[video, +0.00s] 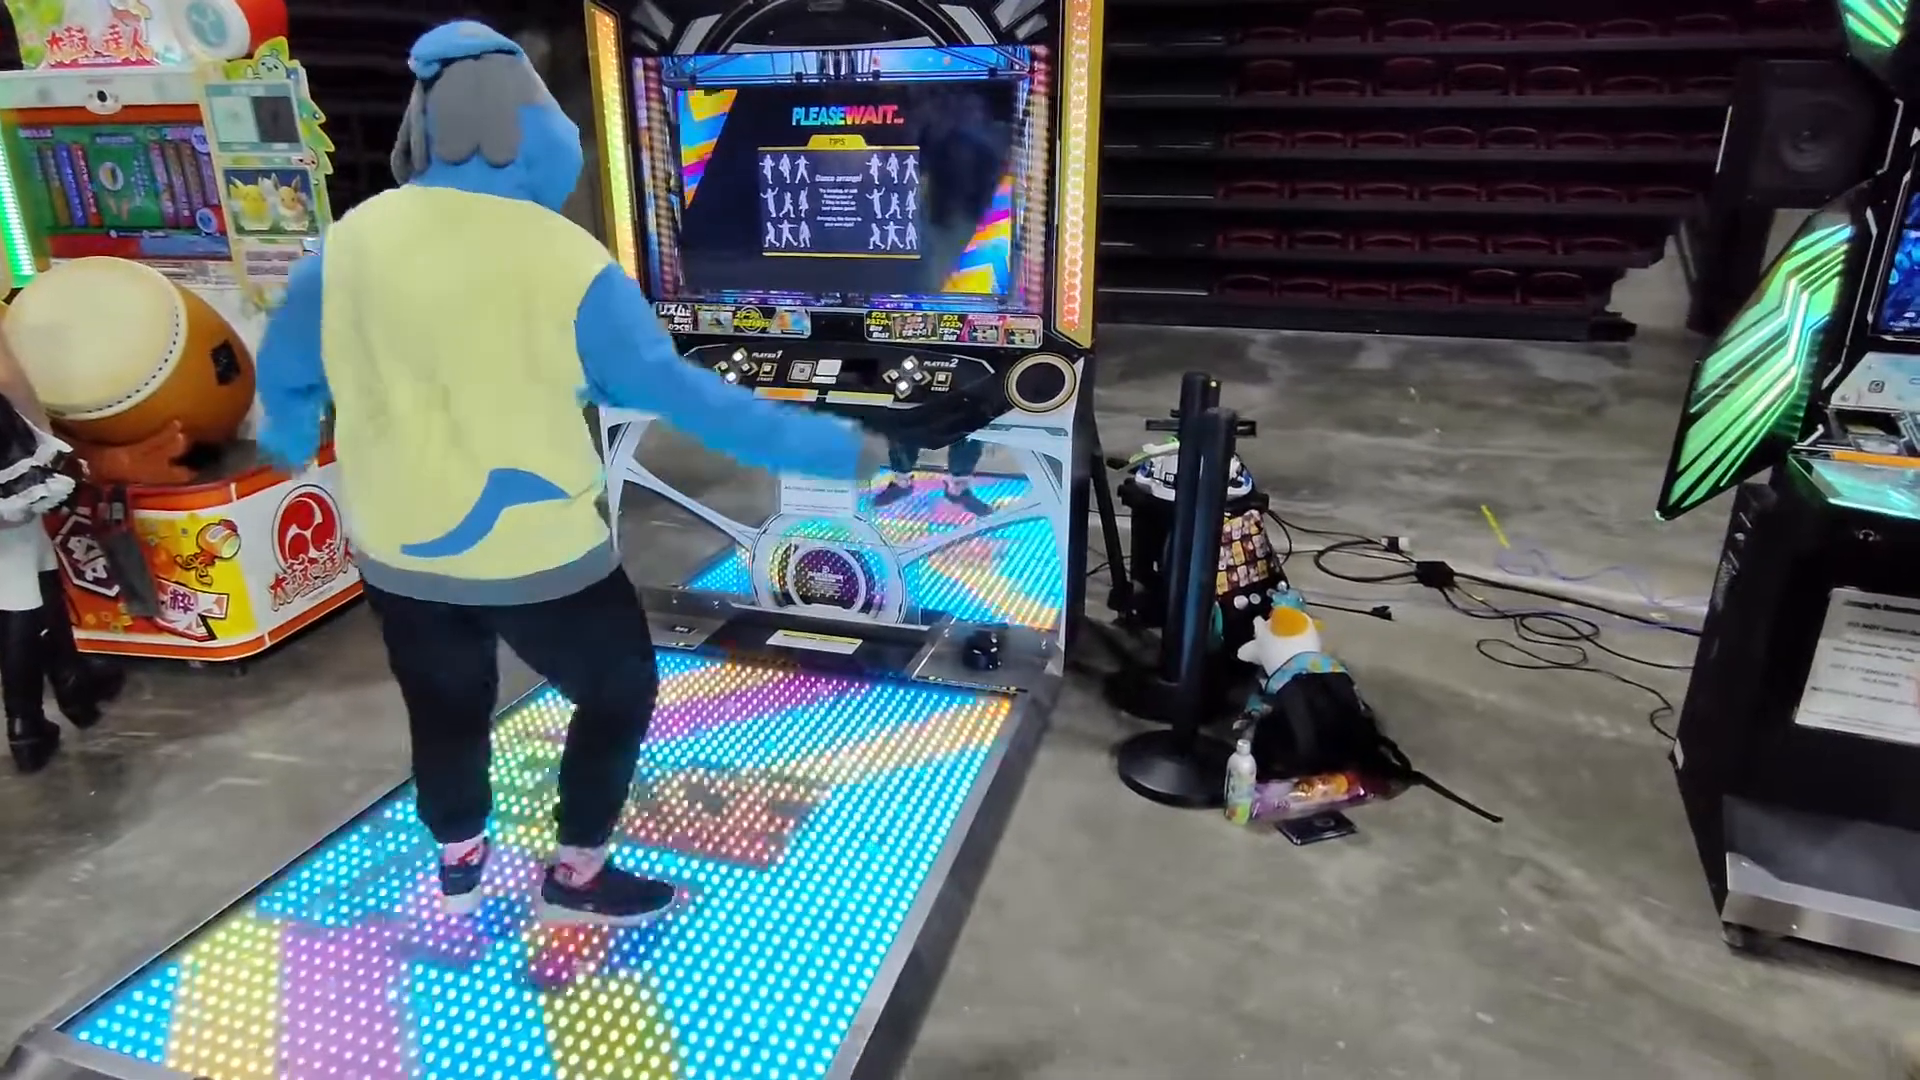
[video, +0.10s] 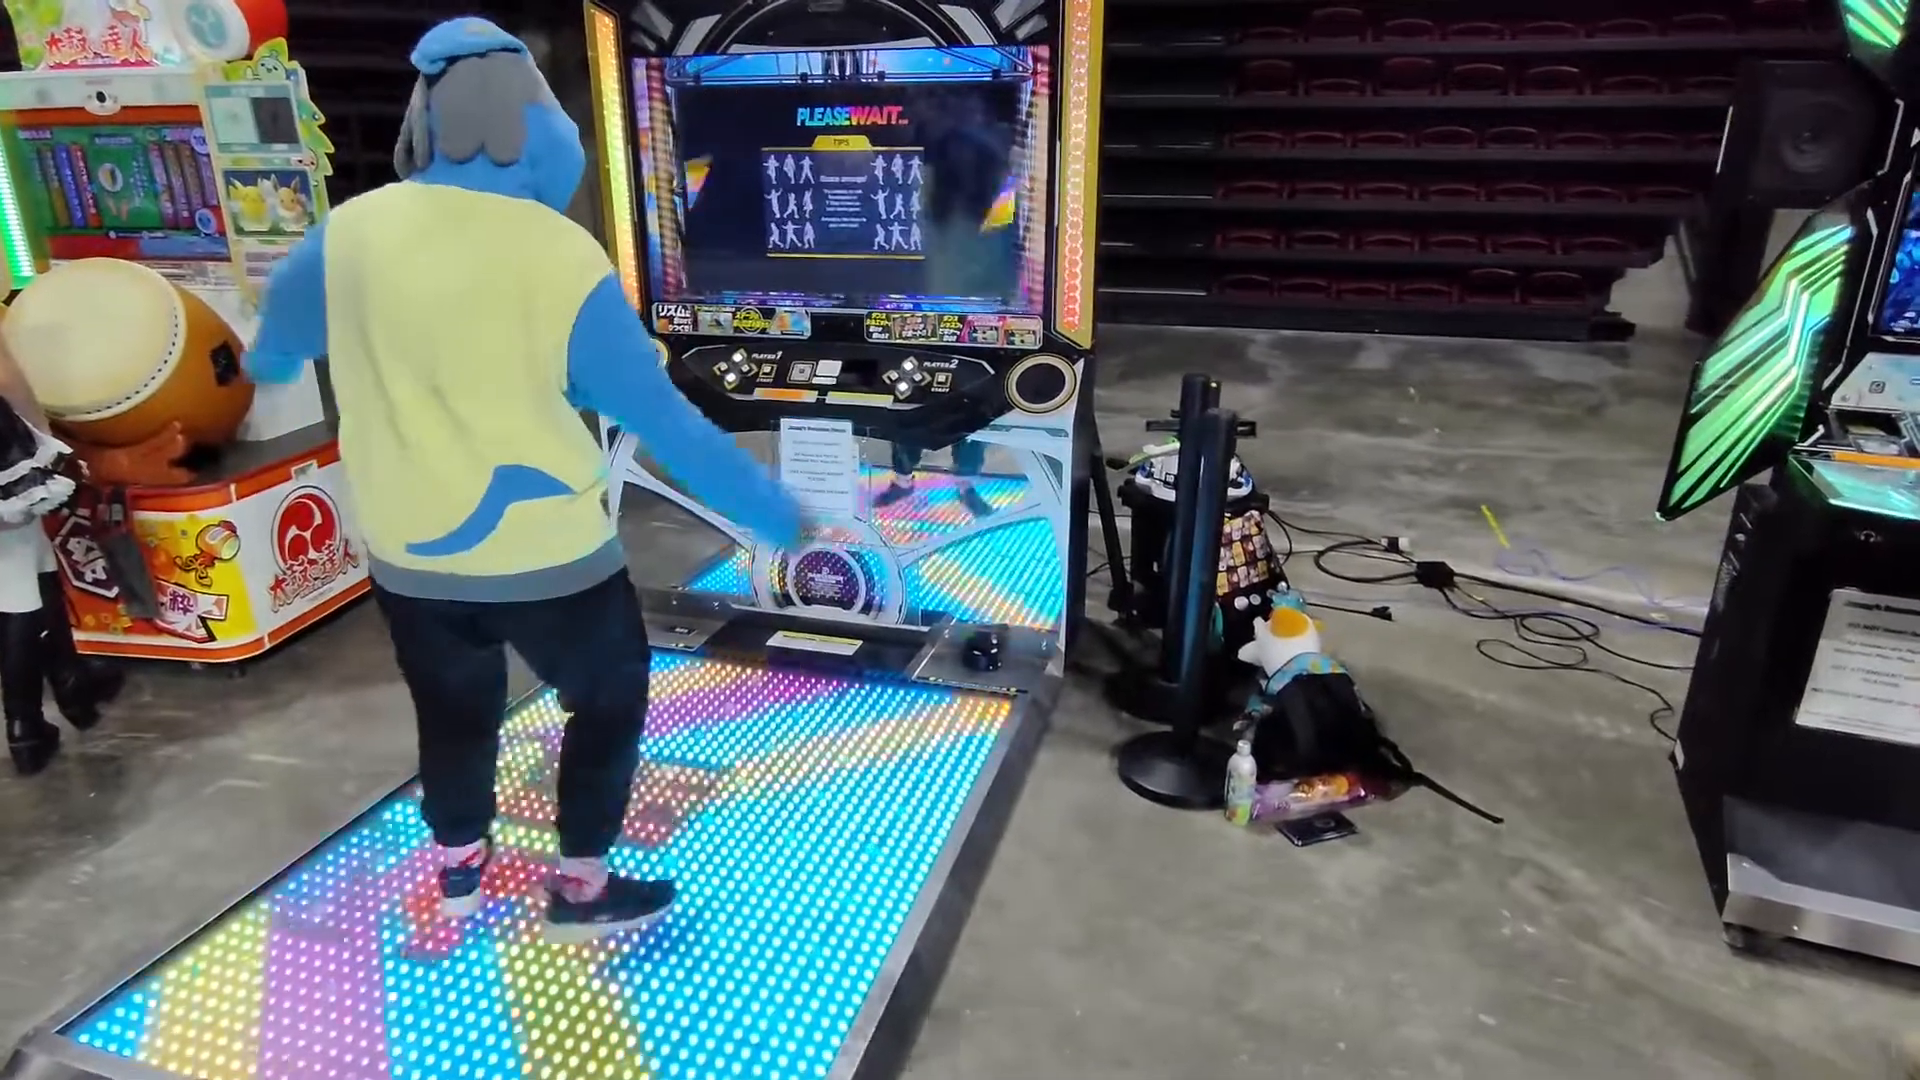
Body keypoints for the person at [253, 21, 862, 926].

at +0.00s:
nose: (558, 140)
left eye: (545, 120)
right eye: (544, 121)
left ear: (429, 134)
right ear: (522, 130)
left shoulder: (348, 242)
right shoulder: (564, 261)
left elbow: (285, 363)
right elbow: (670, 391)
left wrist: (291, 435)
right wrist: (835, 445)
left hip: (398, 559)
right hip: (541, 561)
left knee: (445, 709)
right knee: (617, 687)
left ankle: (459, 864)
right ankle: (579, 870)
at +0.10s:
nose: (560, 145)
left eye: (547, 123)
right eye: (549, 125)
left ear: (427, 127)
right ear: (531, 131)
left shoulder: (346, 233)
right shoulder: (560, 262)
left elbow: (278, 339)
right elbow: (667, 424)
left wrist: (269, 361)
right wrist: (783, 516)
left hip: (408, 560)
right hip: (550, 562)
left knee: (452, 708)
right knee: (608, 698)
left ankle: (459, 855)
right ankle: (582, 879)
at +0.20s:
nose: (558, 140)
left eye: (547, 118)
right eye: (545, 119)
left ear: (430, 128)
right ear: (523, 128)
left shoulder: (353, 224)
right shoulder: (554, 255)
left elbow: (277, 292)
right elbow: (638, 434)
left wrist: (378, 299)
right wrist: (705, 561)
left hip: (416, 566)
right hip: (551, 567)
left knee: (458, 703)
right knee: (593, 711)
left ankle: (458, 857)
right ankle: (599, 891)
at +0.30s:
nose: (556, 156)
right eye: (545, 133)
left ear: (426, 134)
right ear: (524, 138)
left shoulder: (363, 227)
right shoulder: (547, 262)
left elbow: (289, 267)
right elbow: (621, 441)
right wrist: (663, 579)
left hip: (419, 572)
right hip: (545, 575)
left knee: (472, 702)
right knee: (587, 726)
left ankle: (461, 859)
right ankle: (594, 899)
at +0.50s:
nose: (530, 145)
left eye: (525, 124)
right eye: (515, 125)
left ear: (414, 134)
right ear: (471, 130)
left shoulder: (362, 232)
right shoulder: (520, 264)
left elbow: (337, 335)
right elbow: (615, 429)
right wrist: (648, 568)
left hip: (408, 567)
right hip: (521, 574)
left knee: (478, 718)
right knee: (575, 743)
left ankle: (489, 872)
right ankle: (581, 920)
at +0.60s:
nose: (515, 156)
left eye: (513, 135)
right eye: (504, 136)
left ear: (400, 134)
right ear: (459, 136)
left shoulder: (348, 242)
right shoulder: (503, 263)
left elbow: (358, 387)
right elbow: (617, 414)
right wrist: (673, 539)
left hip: (399, 570)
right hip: (503, 571)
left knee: (482, 716)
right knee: (565, 735)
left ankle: (510, 874)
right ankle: (575, 924)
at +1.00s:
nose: (448, 159)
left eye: (439, 140)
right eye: (432, 142)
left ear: (324, 160)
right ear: (393, 151)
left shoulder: (280, 268)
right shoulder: (449, 283)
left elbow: (249, 417)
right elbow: (585, 424)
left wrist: (224, 518)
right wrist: (751, 451)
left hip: (351, 599)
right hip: (475, 594)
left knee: (426, 720)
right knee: (542, 750)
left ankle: (422, 897)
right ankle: (558, 933)